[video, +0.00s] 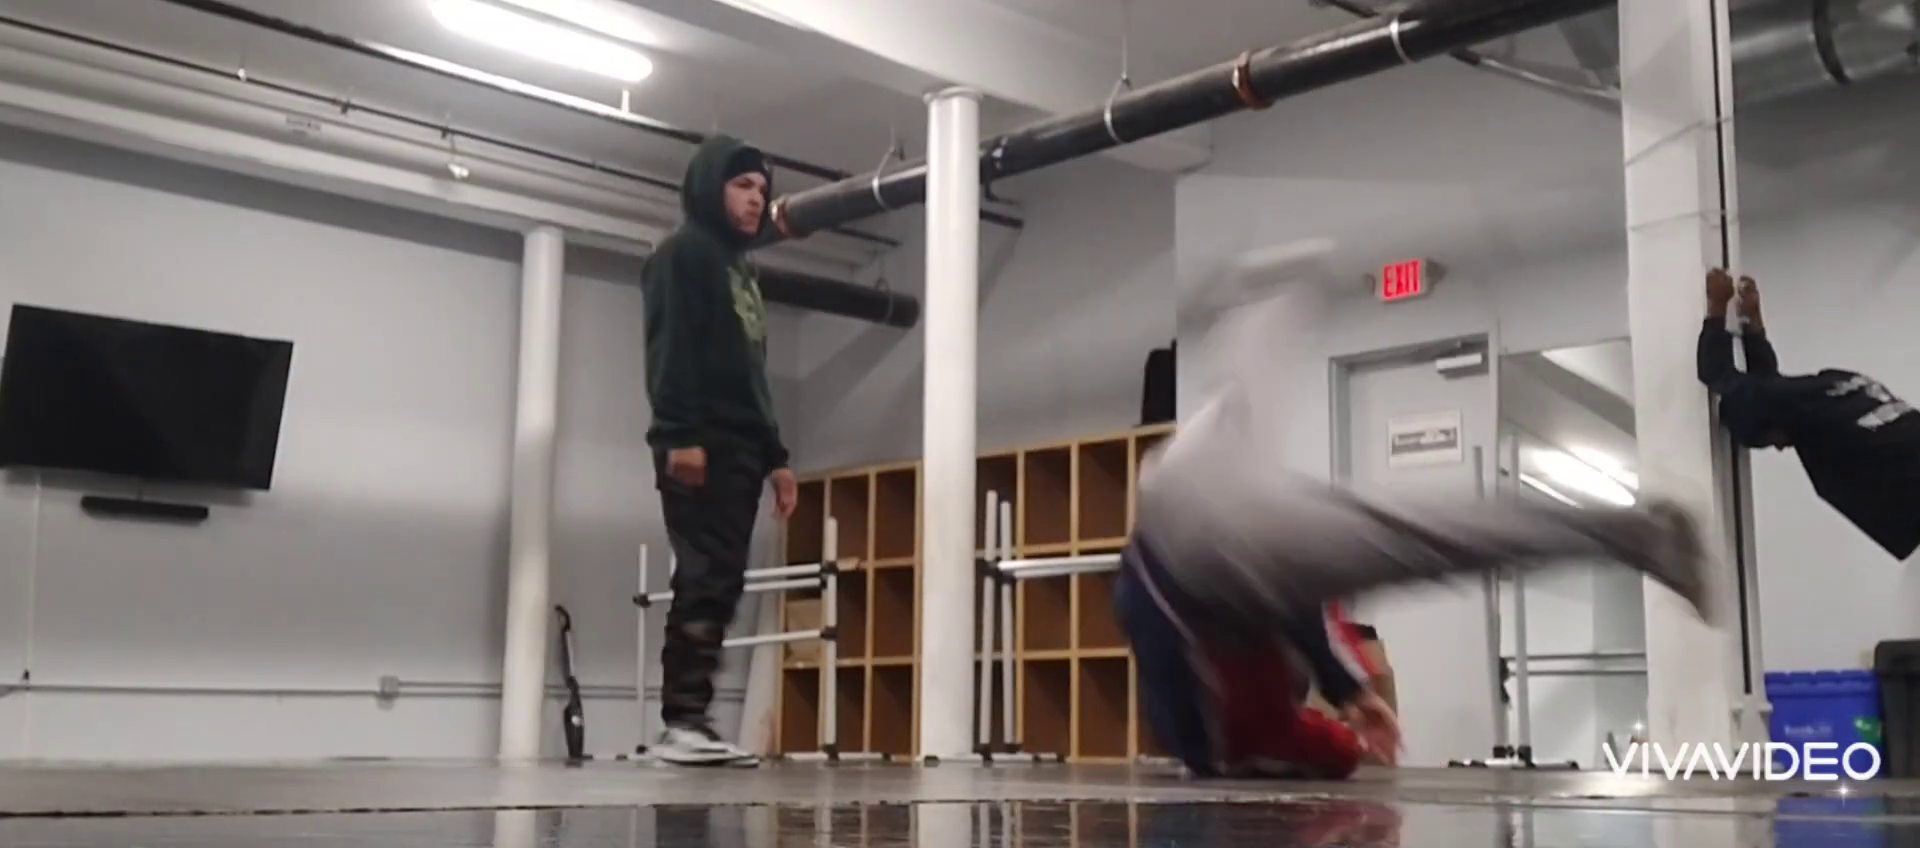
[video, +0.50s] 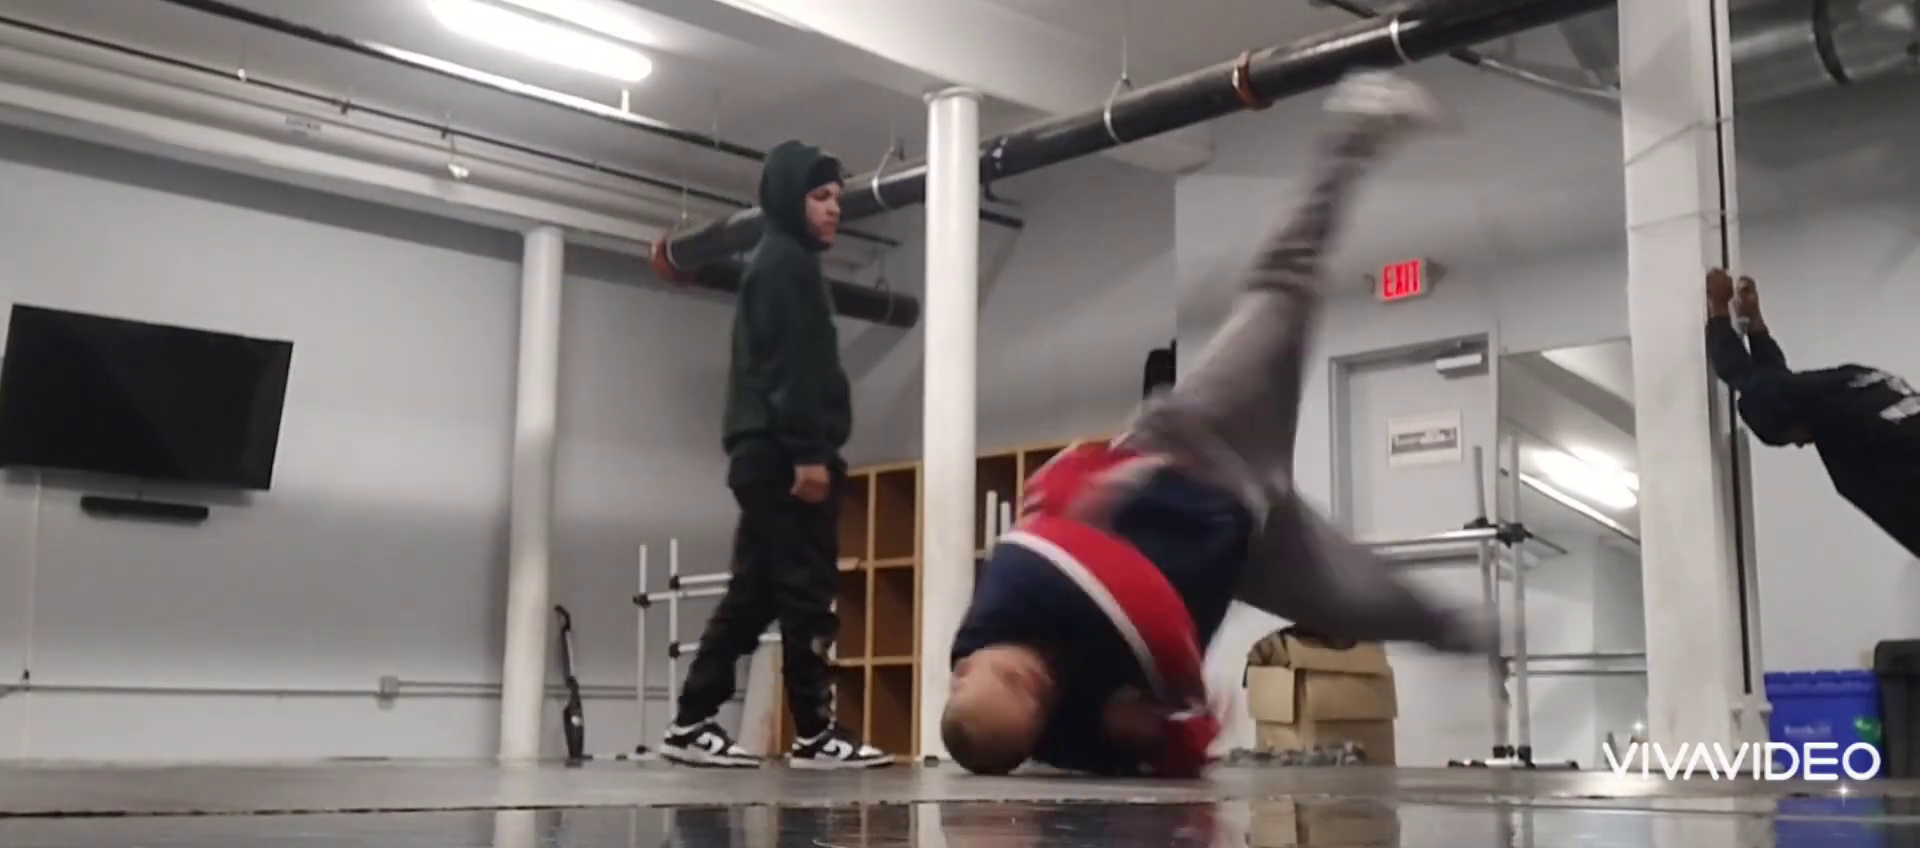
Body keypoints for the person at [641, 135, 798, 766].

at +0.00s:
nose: (756, 200)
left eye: (761, 190)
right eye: (744, 186)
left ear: (762, 199)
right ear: (709, 188)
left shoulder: (741, 271)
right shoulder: (681, 255)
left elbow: (751, 373)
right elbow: (670, 349)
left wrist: (777, 459)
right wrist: (679, 435)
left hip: (739, 447)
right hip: (700, 444)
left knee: (718, 581)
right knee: (704, 578)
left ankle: (692, 722)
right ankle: (681, 723)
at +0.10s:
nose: (772, 202)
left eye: (778, 192)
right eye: (760, 189)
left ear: (777, 201)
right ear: (725, 192)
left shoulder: (740, 264)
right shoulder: (702, 253)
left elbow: (753, 370)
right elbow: (693, 350)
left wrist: (770, 459)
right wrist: (708, 434)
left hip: (740, 448)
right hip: (711, 446)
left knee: (704, 586)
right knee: (739, 580)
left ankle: (683, 727)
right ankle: (750, 727)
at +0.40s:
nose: (817, 210)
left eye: (821, 199)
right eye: (805, 198)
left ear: (819, 204)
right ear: (770, 201)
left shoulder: (771, 262)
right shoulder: (761, 261)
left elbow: (769, 362)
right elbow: (760, 363)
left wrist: (794, 444)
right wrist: (785, 448)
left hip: (757, 452)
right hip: (761, 452)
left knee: (732, 594)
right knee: (792, 593)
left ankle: (686, 726)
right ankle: (814, 731)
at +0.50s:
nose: (835, 209)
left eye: (837, 197)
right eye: (823, 197)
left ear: (824, 202)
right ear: (789, 200)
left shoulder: (781, 261)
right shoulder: (786, 262)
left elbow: (791, 363)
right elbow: (793, 363)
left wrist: (809, 447)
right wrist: (807, 451)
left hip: (768, 451)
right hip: (785, 452)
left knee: (754, 592)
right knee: (809, 593)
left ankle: (692, 722)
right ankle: (816, 734)